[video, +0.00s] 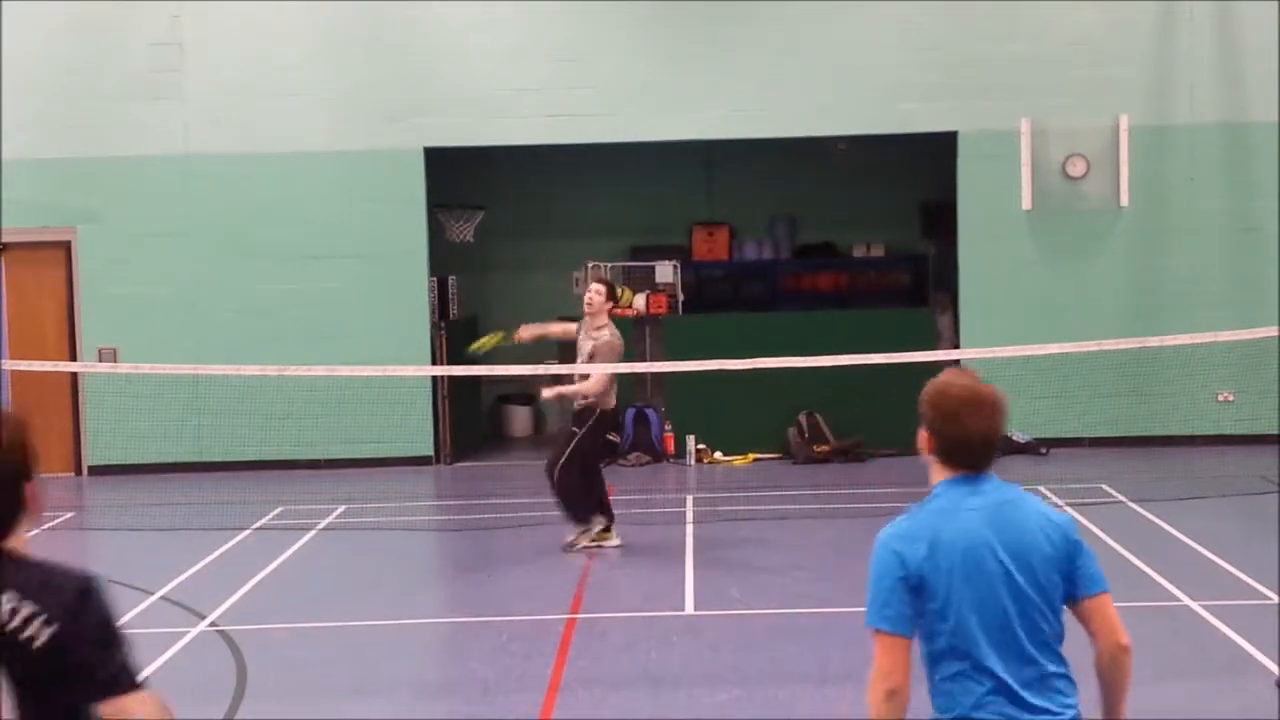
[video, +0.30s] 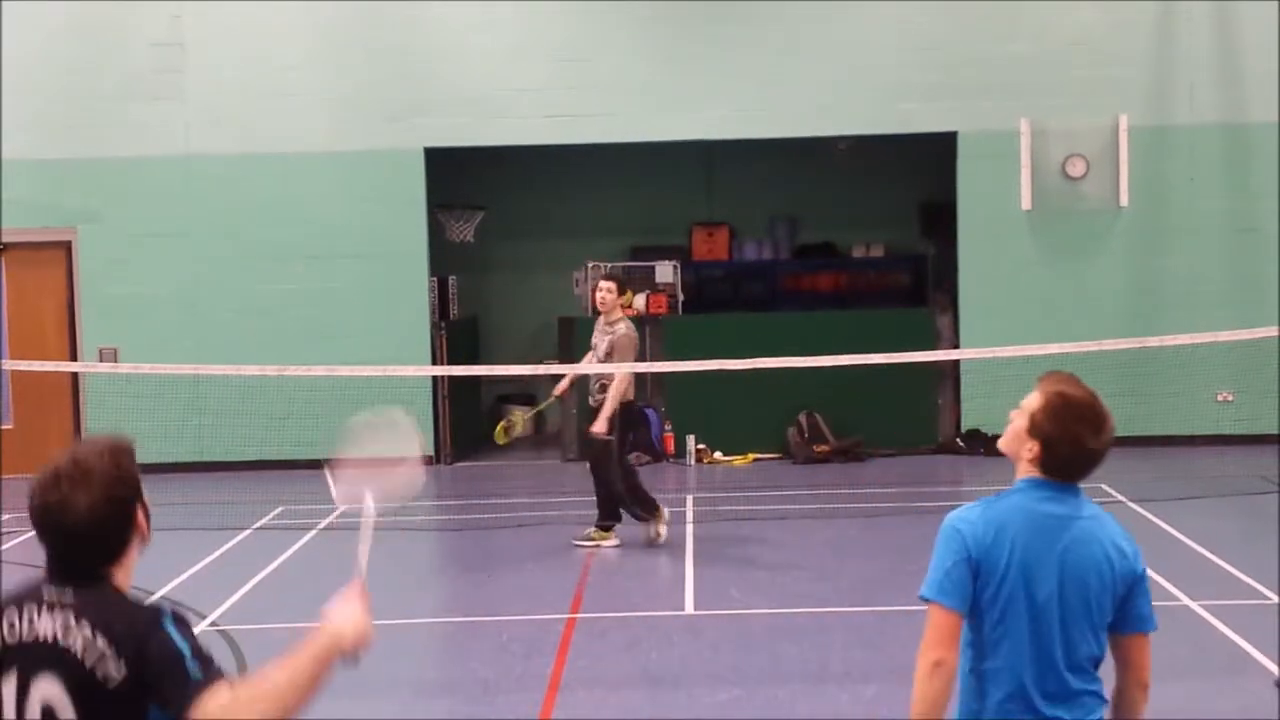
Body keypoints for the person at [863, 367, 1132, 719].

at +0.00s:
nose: (918, 432)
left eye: (919, 425)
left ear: (925, 441)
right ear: (994, 439)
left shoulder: (904, 540)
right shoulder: (1050, 521)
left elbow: (890, 687)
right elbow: (1115, 644)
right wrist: (1114, 713)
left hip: (965, 710)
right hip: (1055, 709)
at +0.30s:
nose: (1012, 413)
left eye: (1023, 411)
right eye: (1021, 406)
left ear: (1032, 448)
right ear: (1081, 456)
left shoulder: (970, 527)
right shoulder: (1117, 543)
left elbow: (938, 661)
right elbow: (1136, 682)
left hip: (990, 710)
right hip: (1081, 710)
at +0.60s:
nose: (976, 424)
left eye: (986, 418)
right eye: (984, 415)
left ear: (1001, 447)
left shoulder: (941, 528)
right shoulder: (1083, 535)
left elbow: (922, 655)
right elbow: (1115, 670)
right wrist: (1079, 712)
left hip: (965, 709)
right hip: (1056, 709)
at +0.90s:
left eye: (845, 421)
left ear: (849, 429)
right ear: (914, 429)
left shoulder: (816, 510)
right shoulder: (951, 499)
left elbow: (780, 633)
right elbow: (1001, 615)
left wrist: (762, 710)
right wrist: (984, 686)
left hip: (860, 702)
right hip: (946, 702)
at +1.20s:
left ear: (774, 414)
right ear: (838, 412)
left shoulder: (739, 483)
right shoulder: (867, 485)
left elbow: (699, 592)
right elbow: (905, 597)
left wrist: (711, 637)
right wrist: (909, 665)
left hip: (762, 687)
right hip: (834, 688)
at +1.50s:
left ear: (709, 404)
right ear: (771, 405)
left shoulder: (671, 468)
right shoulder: (791, 478)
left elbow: (644, 578)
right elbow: (813, 591)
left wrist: (671, 624)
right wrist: (821, 664)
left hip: (678, 664)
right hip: (752, 668)